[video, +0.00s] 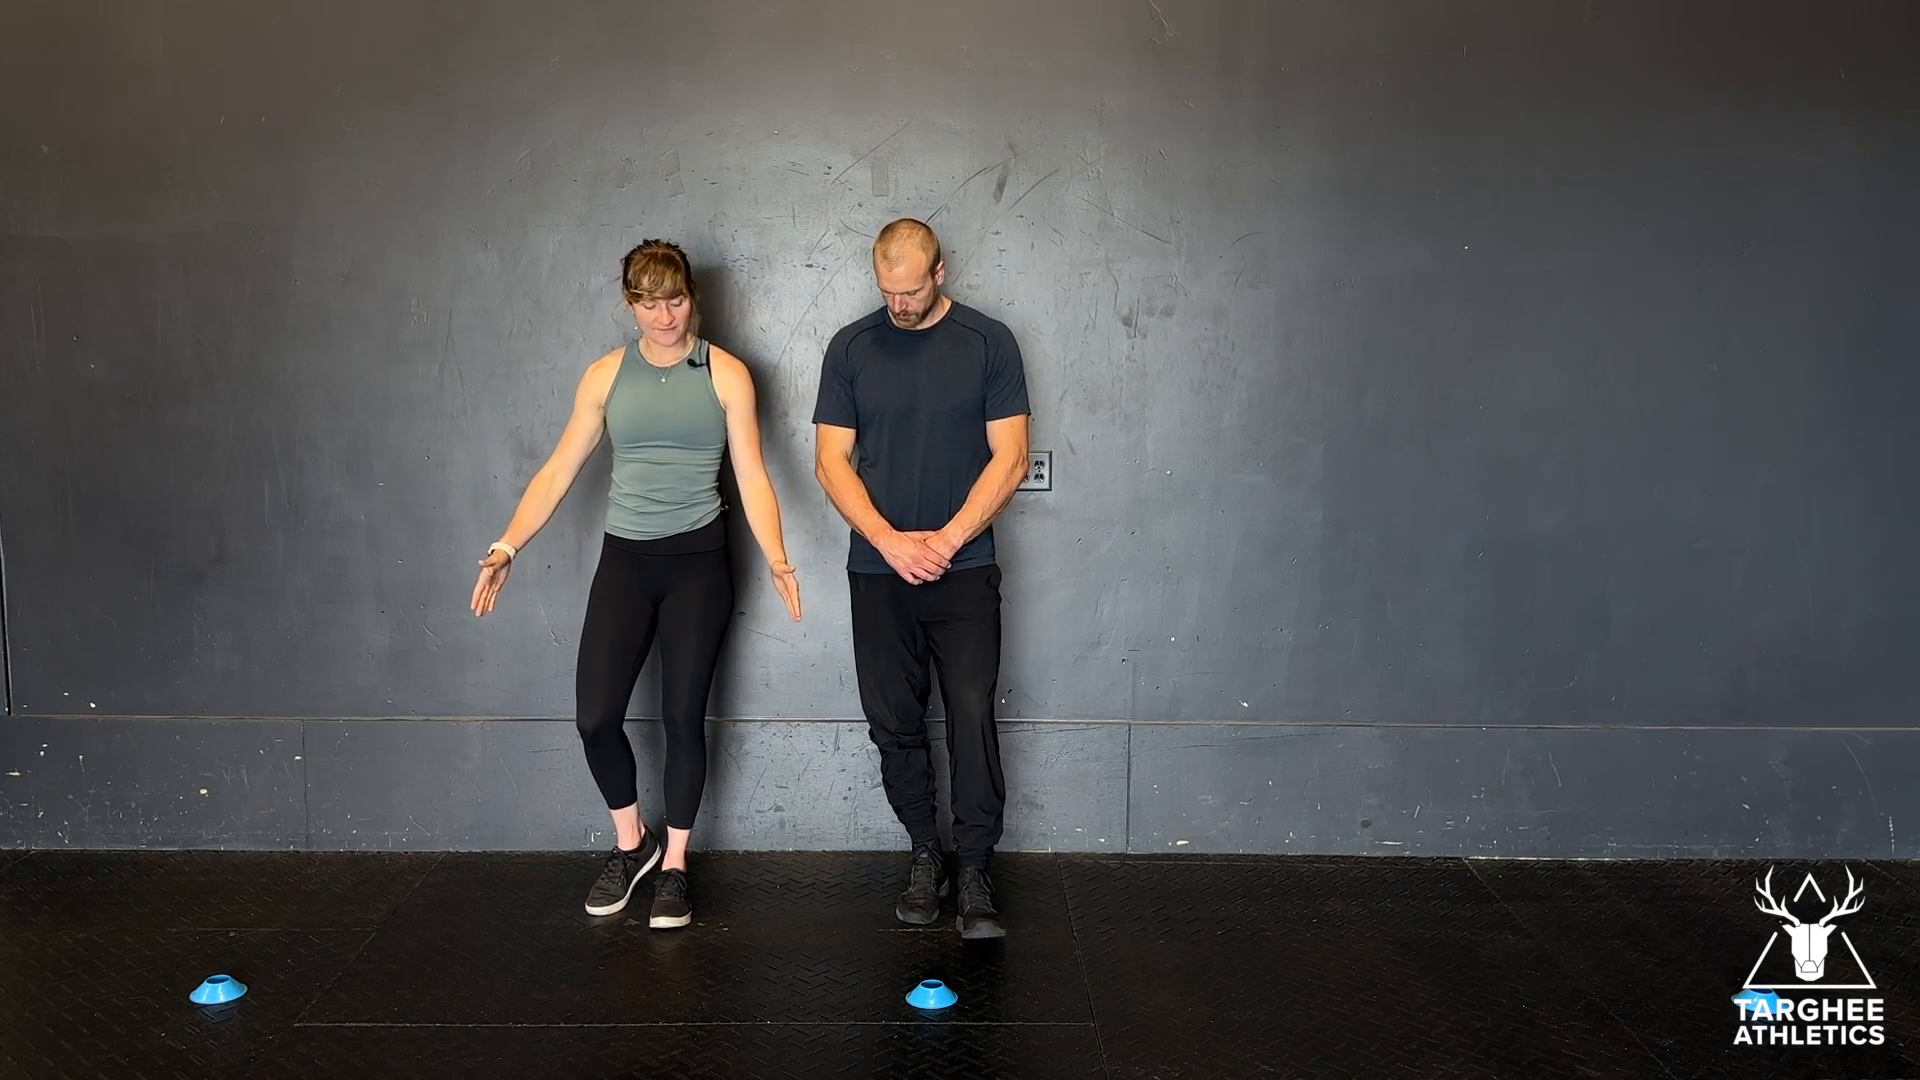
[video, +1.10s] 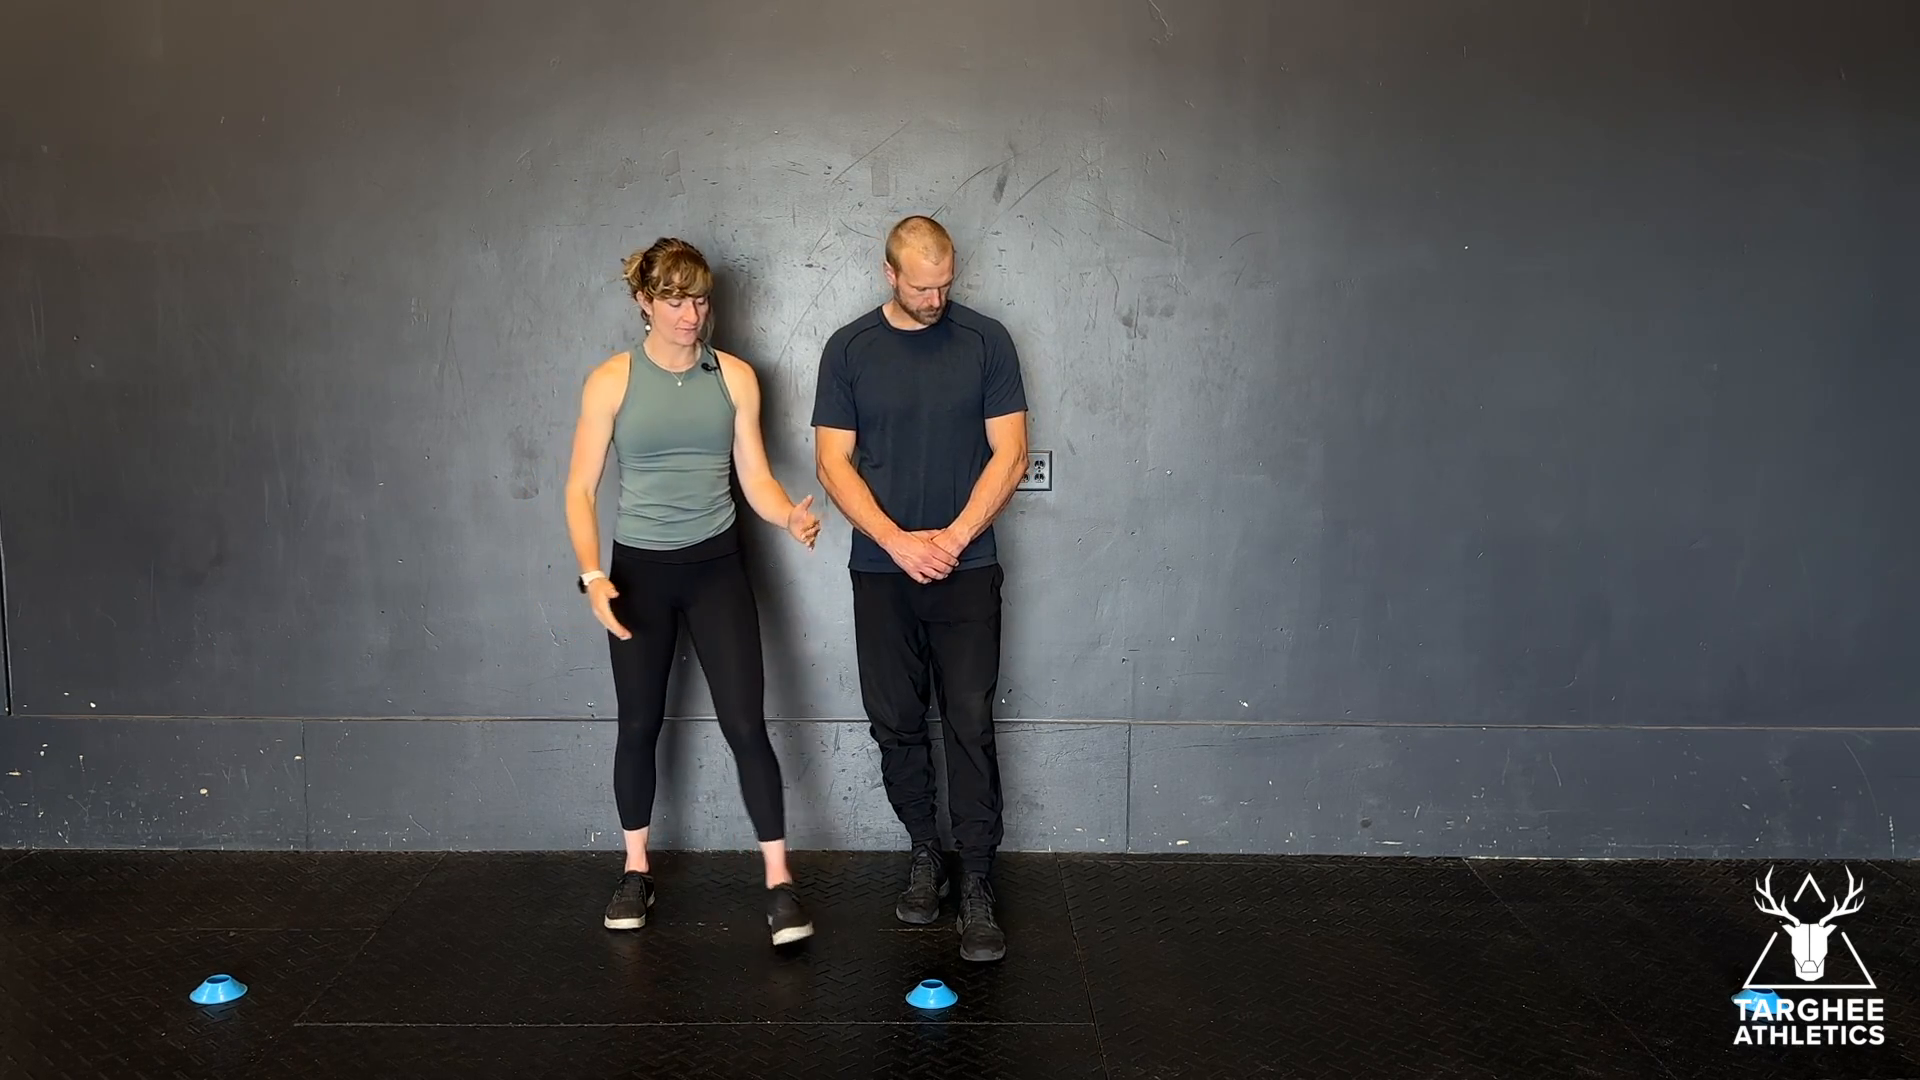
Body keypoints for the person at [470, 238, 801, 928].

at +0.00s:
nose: (667, 314)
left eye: (676, 299)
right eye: (652, 303)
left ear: (691, 299)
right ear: (631, 307)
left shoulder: (726, 375)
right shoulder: (607, 375)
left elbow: (751, 475)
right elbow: (559, 470)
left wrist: (778, 559)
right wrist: (504, 549)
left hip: (700, 561)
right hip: (624, 561)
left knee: (683, 715)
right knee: (596, 716)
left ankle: (674, 868)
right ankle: (634, 848)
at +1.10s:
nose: (690, 311)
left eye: (698, 297)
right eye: (674, 298)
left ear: (708, 300)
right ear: (645, 303)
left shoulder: (735, 378)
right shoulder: (611, 381)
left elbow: (755, 474)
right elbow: (581, 486)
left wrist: (788, 515)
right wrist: (592, 573)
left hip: (718, 568)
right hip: (639, 573)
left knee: (745, 724)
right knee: (639, 724)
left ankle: (780, 882)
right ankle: (636, 872)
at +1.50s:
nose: (747, 313)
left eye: (757, 299)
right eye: (732, 301)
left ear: (771, 302)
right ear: (708, 305)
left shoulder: (803, 380)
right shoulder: (680, 383)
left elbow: (826, 489)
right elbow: (663, 487)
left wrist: (856, 587)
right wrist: (662, 573)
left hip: (791, 570)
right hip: (710, 572)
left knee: (788, 733)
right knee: (675, 739)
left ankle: (795, 889)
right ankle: (660, 861)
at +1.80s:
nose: (773, 311)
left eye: (785, 297)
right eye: (759, 298)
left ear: (800, 300)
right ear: (738, 304)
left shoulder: (833, 381)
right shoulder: (707, 383)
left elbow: (852, 494)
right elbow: (685, 488)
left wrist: (881, 595)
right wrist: (673, 587)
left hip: (815, 574)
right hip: (735, 577)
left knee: (803, 731)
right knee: (735, 730)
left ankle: (796, 889)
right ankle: (764, 853)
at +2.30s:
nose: (751, 311)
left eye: (765, 298)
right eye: (747, 298)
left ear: (805, 302)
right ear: (746, 304)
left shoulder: (847, 388)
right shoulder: (727, 373)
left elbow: (864, 504)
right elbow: (688, 476)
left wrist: (876, 600)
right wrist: (647, 564)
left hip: (805, 574)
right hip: (725, 572)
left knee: (794, 737)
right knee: (676, 724)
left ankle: (793, 891)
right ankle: (671, 886)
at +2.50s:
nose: (735, 308)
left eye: (748, 296)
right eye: (731, 296)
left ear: (790, 299)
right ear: (734, 303)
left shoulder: (833, 388)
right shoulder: (715, 376)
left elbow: (852, 502)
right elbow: (655, 473)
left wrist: (866, 603)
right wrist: (586, 558)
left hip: (786, 574)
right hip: (710, 572)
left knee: (788, 736)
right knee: (639, 716)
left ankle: (794, 892)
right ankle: (580, 872)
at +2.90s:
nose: (640, 323)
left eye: (654, 311)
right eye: (636, 312)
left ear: (695, 315)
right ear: (635, 319)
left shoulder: (731, 402)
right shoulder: (615, 391)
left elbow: (759, 515)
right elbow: (553, 488)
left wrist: (773, 616)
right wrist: (483, 576)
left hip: (680, 588)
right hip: (602, 587)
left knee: (723, 746)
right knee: (540, 734)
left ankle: (785, 892)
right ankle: (502, 885)